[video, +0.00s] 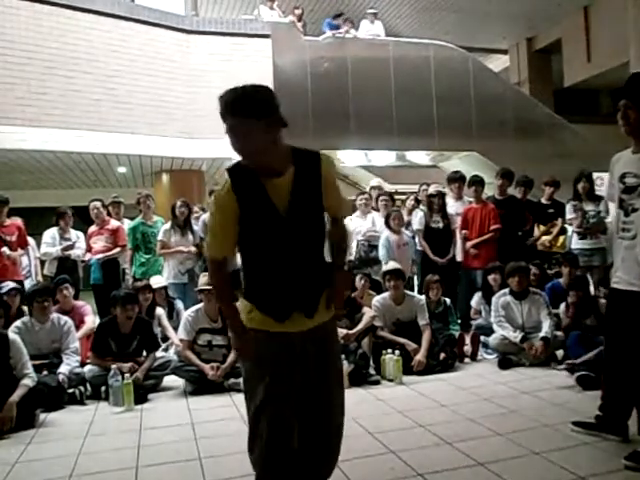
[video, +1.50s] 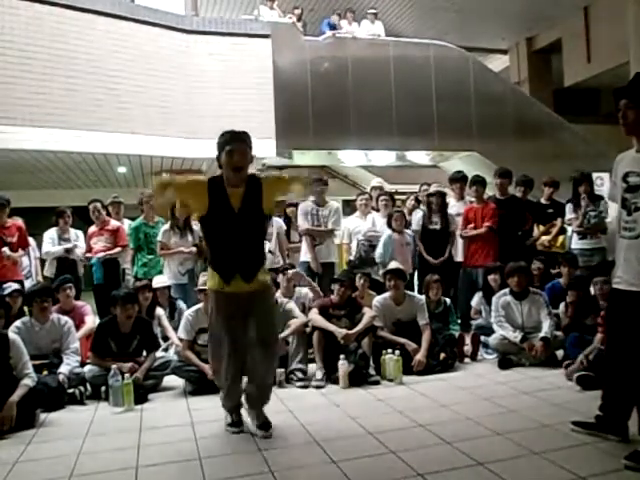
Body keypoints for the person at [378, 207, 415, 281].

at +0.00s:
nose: (397, 222)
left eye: (399, 219)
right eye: (393, 219)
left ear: (403, 221)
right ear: (388, 221)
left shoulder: (408, 235)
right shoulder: (386, 237)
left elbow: (413, 251)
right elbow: (383, 255)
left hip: (408, 271)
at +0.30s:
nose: (397, 222)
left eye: (399, 219)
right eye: (394, 219)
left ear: (403, 221)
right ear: (388, 222)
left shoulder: (408, 235)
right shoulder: (386, 236)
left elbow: (413, 250)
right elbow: (377, 253)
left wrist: (414, 262)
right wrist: (388, 262)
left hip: (408, 272)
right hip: (393, 272)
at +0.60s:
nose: (398, 223)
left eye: (400, 220)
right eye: (395, 220)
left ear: (404, 221)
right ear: (389, 221)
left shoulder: (409, 234)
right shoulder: (387, 235)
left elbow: (414, 249)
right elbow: (376, 251)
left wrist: (413, 262)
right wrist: (384, 264)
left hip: (408, 271)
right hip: (392, 271)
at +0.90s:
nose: (398, 223)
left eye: (401, 220)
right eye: (395, 220)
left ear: (404, 221)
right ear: (390, 221)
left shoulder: (409, 235)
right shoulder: (387, 235)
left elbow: (413, 250)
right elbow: (375, 250)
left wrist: (412, 261)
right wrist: (383, 264)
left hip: (408, 271)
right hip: (392, 271)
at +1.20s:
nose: (399, 223)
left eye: (401, 219)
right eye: (395, 220)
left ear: (405, 221)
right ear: (390, 222)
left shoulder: (409, 235)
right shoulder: (387, 235)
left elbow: (412, 251)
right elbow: (375, 251)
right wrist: (382, 265)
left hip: (408, 271)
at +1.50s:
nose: (399, 223)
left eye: (401, 220)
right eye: (396, 220)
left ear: (405, 221)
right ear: (390, 222)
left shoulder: (410, 235)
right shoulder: (388, 236)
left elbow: (413, 253)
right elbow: (379, 256)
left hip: (409, 272)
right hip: (394, 273)